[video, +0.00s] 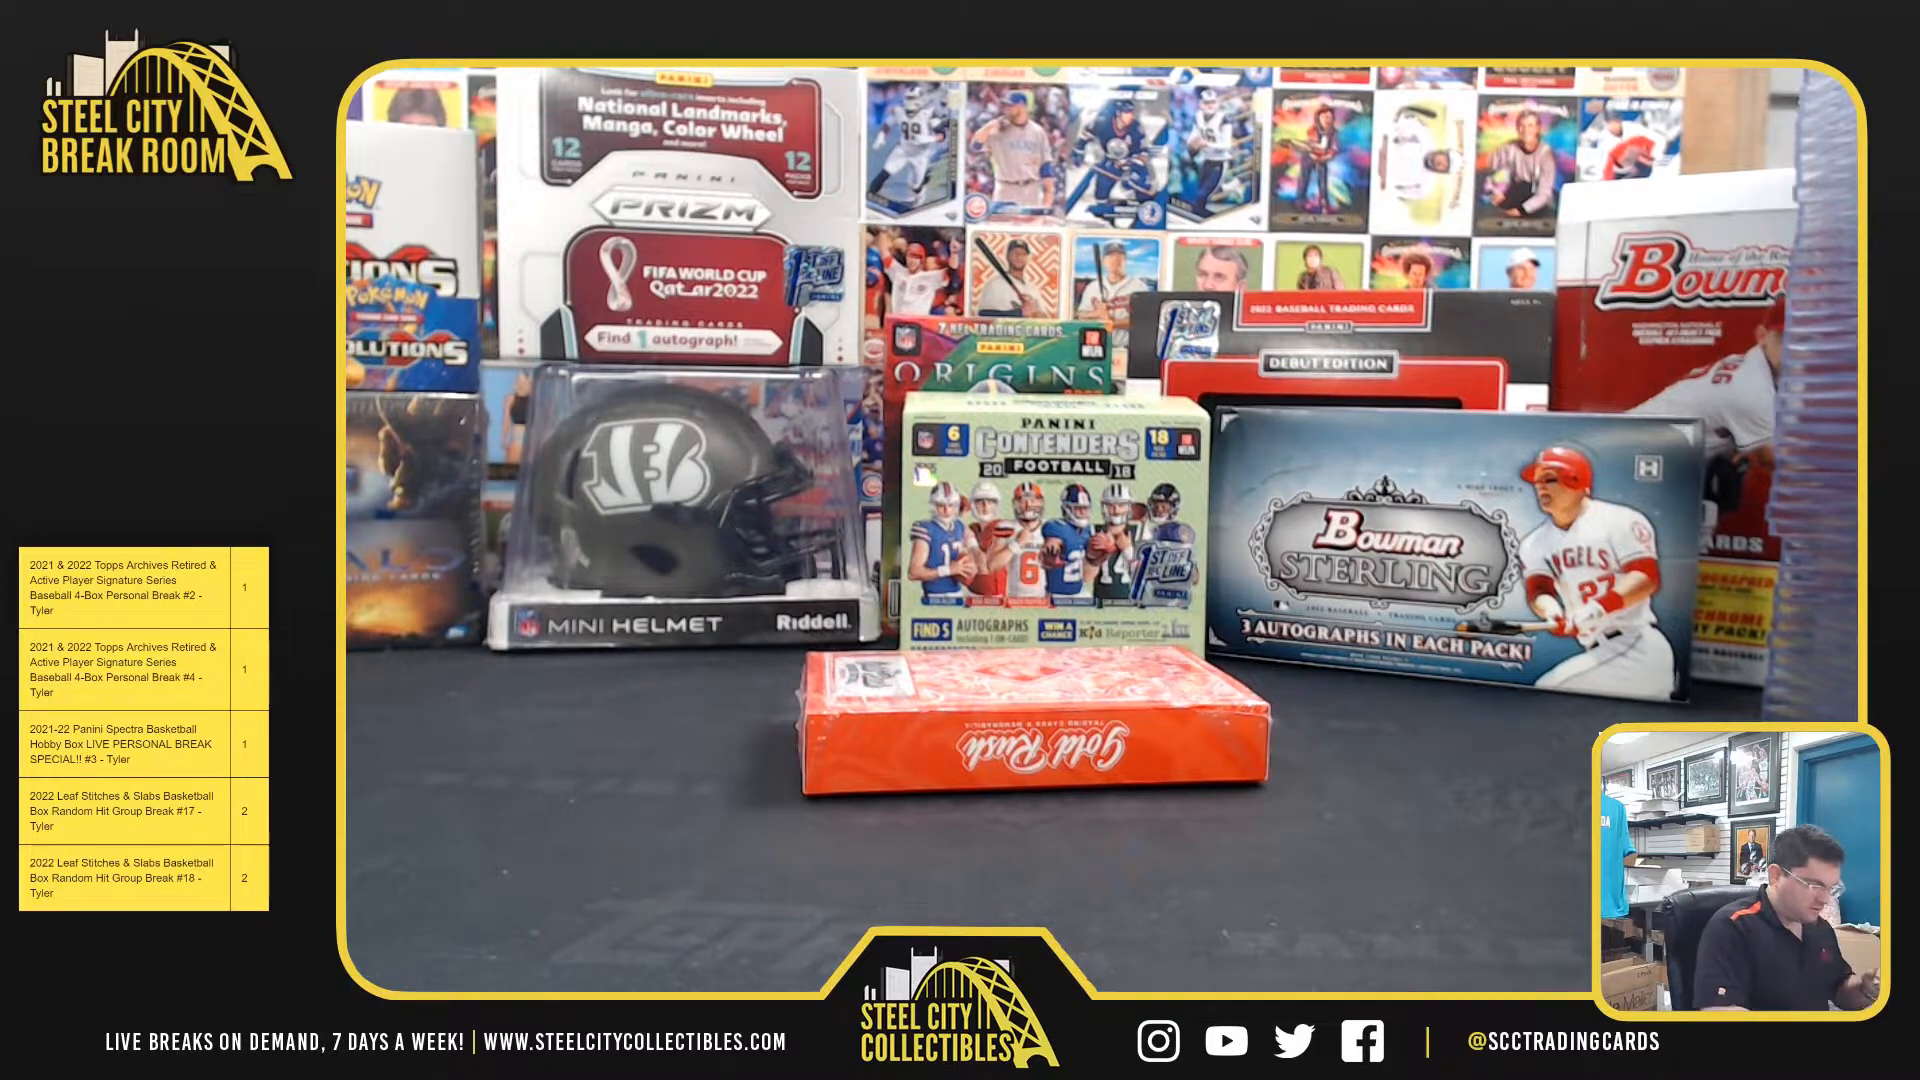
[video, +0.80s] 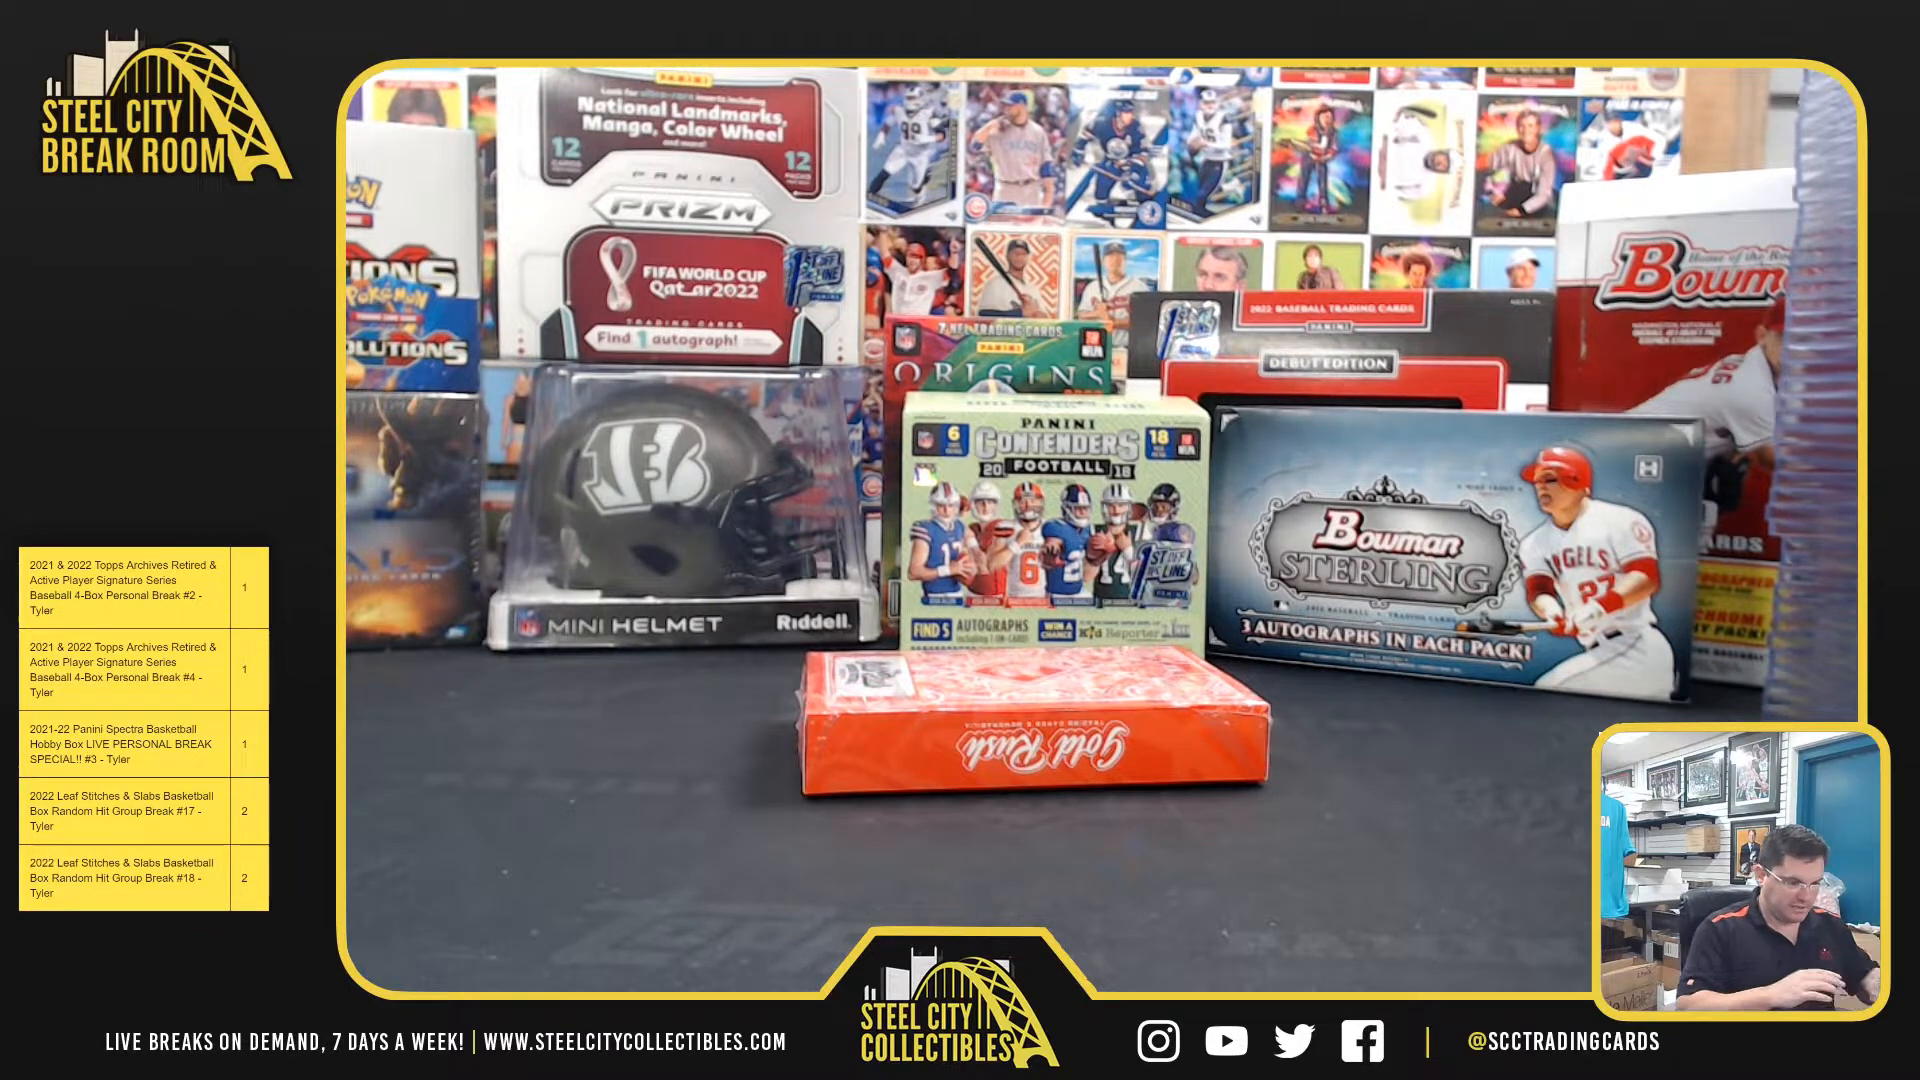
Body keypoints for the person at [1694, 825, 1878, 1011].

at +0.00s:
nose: (1825, 899)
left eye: (1831, 888)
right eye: (1815, 885)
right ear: (1776, 875)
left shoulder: (1820, 929)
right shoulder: (1729, 926)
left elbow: (1841, 993)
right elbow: (1717, 1010)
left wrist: (1864, 988)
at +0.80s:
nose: (1806, 896)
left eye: (1814, 884)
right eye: (1793, 882)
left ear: (1821, 880)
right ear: (1761, 875)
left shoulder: (1830, 927)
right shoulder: (1718, 930)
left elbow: (1866, 976)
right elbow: (1688, 1004)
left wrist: (1880, 990)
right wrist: (1771, 995)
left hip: (1823, 1049)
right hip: (1742, 1052)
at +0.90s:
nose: (1810, 901)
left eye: (1817, 888)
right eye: (1795, 888)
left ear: (1823, 881)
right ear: (1761, 879)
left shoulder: (1831, 930)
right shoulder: (1715, 938)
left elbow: (1864, 975)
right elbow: (1677, 1010)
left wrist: (1887, 992)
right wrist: (1752, 1000)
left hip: (1822, 1056)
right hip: (1739, 1060)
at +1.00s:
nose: (1816, 909)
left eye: (1824, 894)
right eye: (1801, 895)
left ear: (1829, 886)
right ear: (1763, 885)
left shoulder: (1833, 931)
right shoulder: (1717, 947)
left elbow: (1865, 971)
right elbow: (1680, 1019)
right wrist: (1750, 1011)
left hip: (1824, 1059)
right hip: (1746, 1064)